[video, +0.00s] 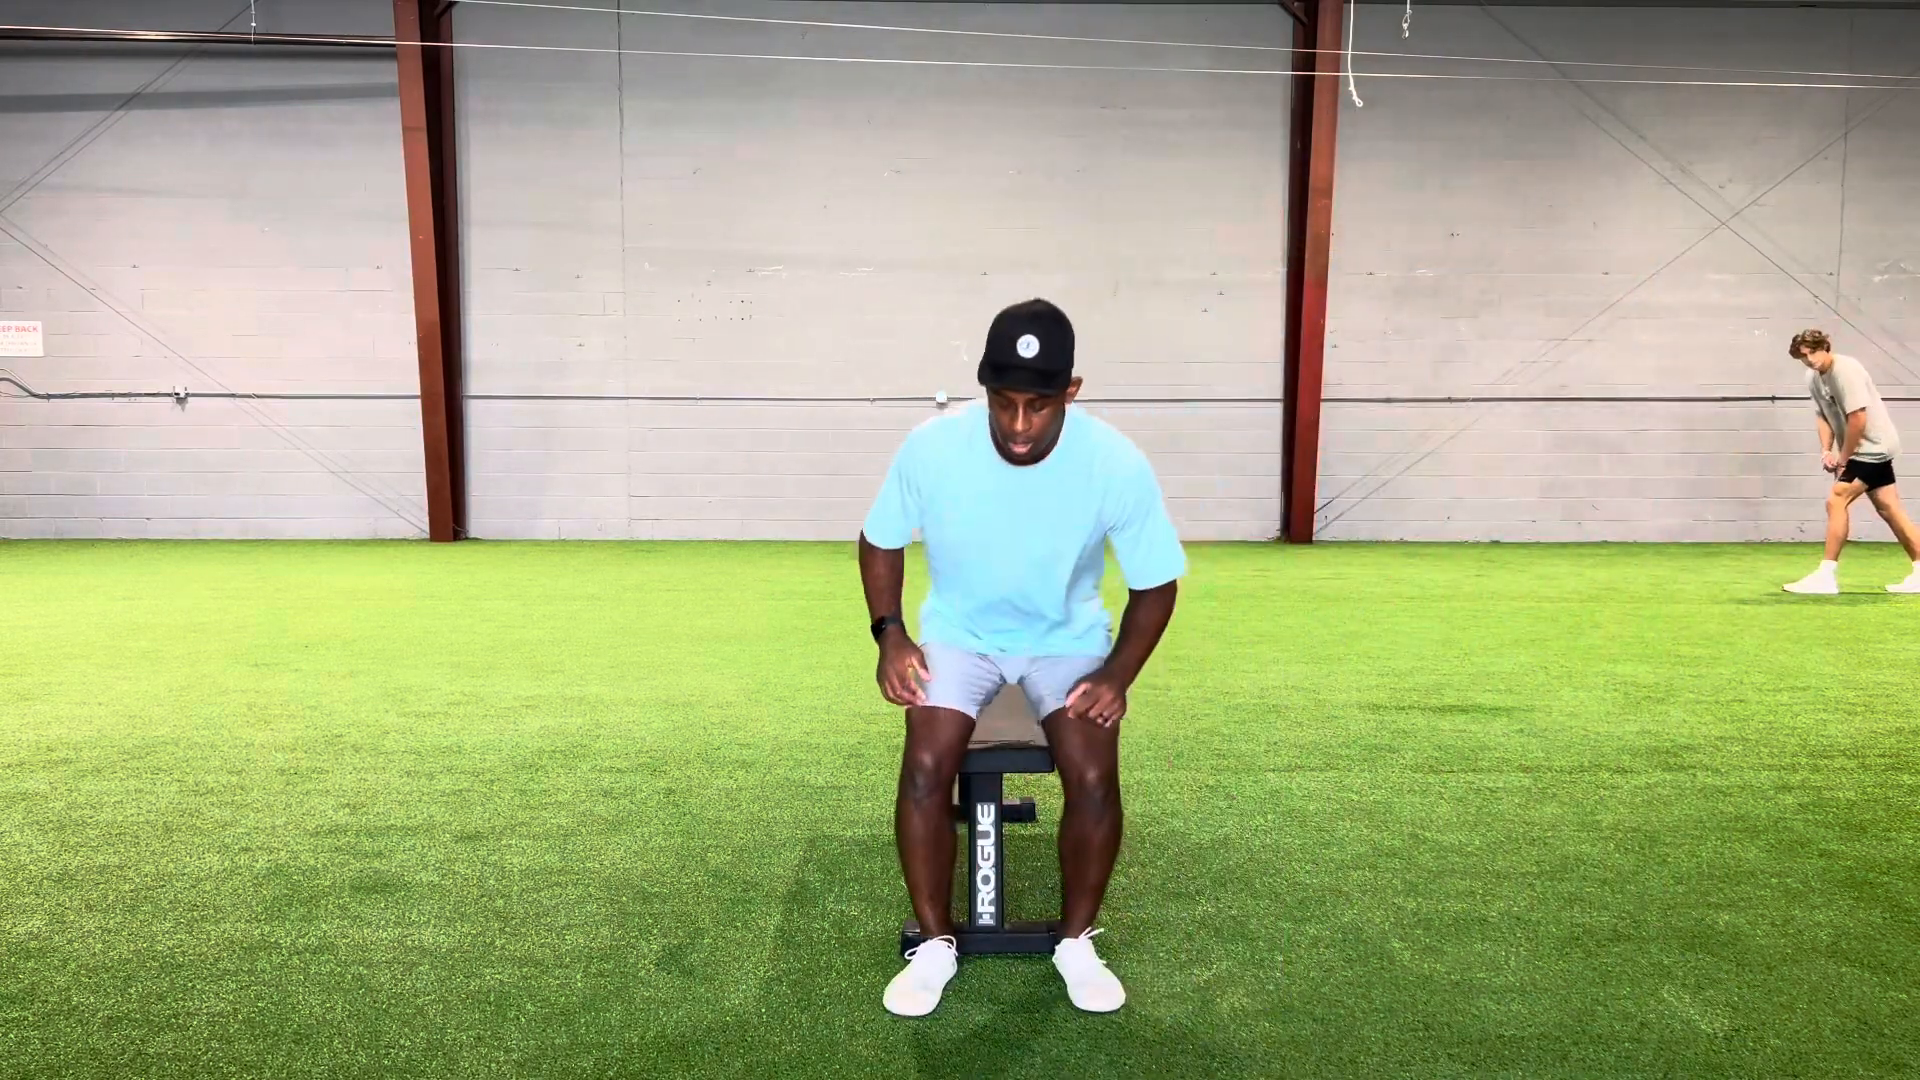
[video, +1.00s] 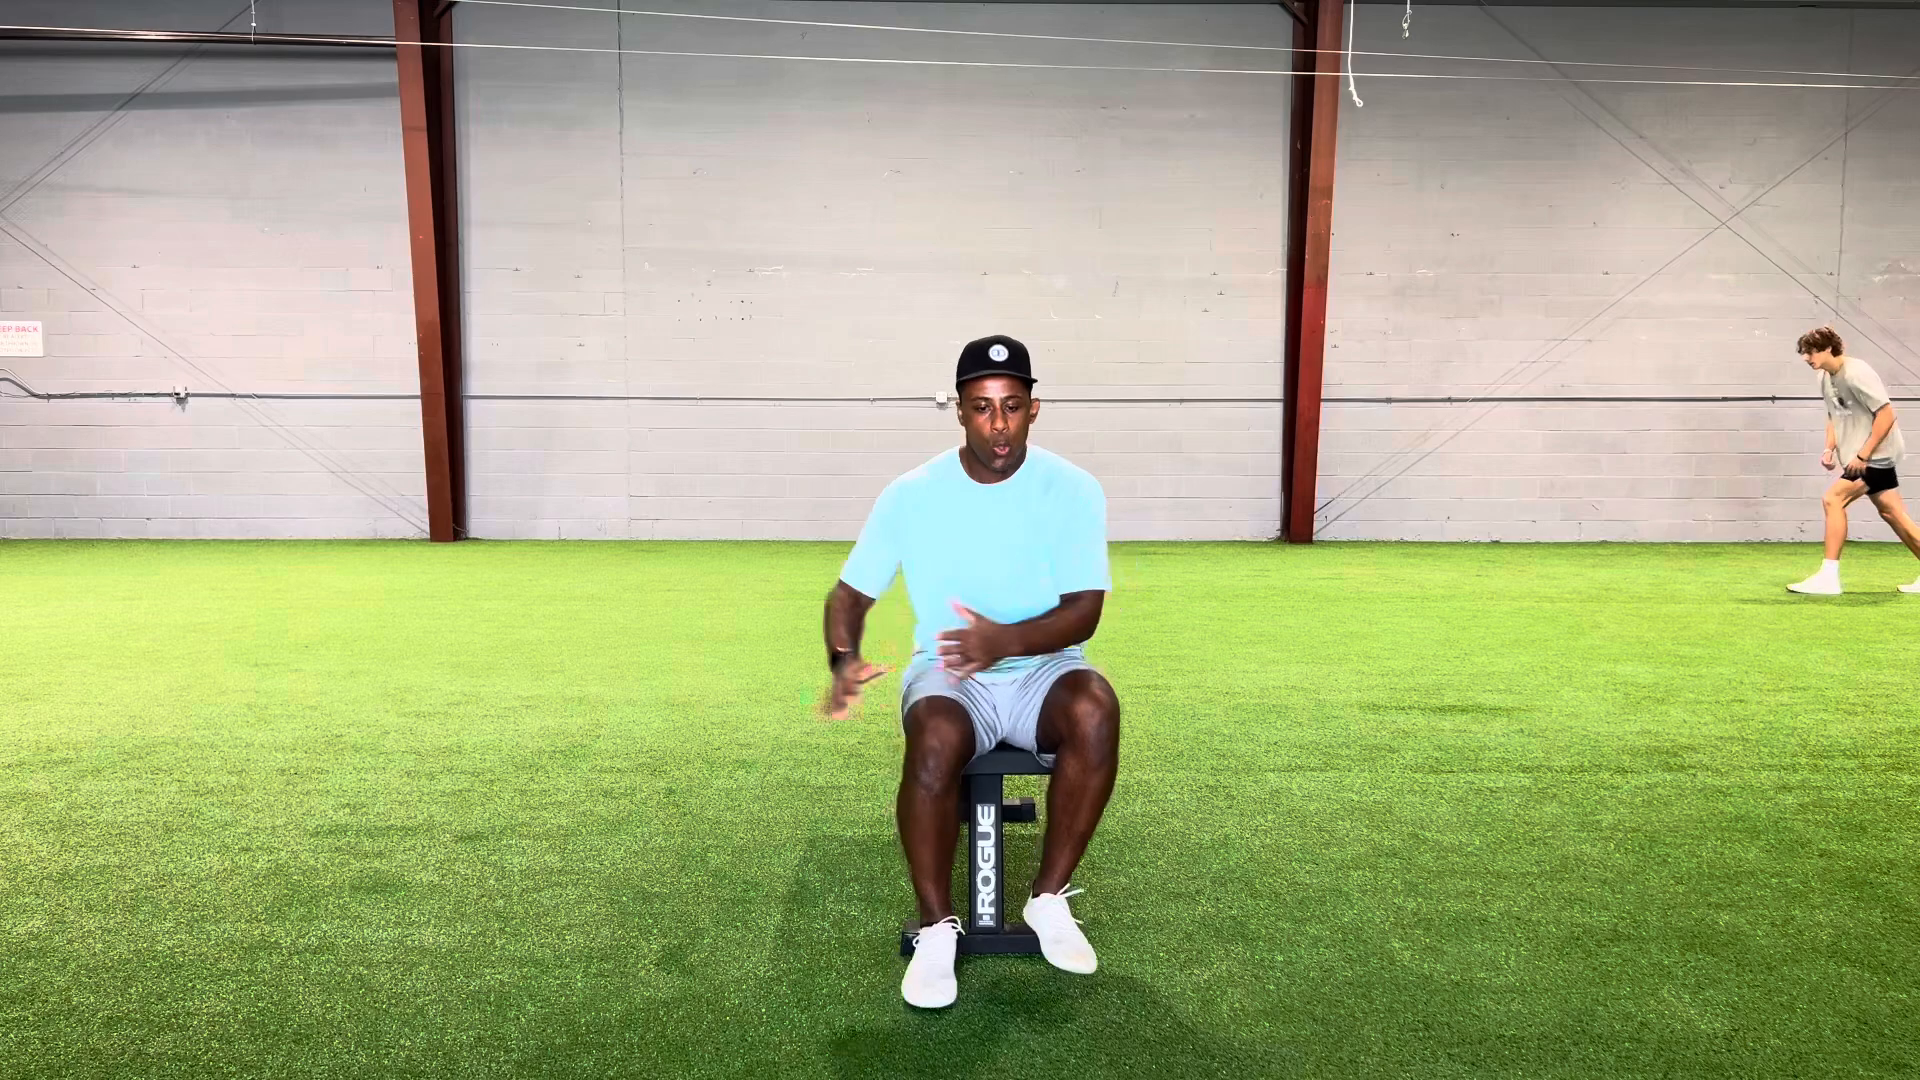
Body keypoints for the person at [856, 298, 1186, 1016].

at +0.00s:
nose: (1019, 424)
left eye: (1038, 406)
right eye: (1004, 403)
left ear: (1070, 392)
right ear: (985, 384)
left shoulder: (1113, 463)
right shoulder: (931, 449)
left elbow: (1159, 581)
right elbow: (880, 540)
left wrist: (1117, 676)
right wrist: (891, 633)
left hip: (1068, 637)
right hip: (957, 632)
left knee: (1092, 776)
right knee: (925, 765)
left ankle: (1077, 939)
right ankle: (935, 941)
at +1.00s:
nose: (998, 426)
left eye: (1012, 408)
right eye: (982, 409)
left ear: (1033, 410)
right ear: (959, 412)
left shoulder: (1074, 492)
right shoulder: (909, 497)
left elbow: (1084, 614)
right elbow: (848, 596)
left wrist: (1009, 639)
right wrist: (844, 656)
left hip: (1042, 673)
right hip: (946, 675)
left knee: (1095, 707)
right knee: (935, 741)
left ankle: (1050, 896)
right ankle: (935, 926)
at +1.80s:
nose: (1273, 206)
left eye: (1284, 191)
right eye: (1251, 193)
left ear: (1299, 203)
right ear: (1208, 211)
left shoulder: (1339, 272)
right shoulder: (1172, 271)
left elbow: (1456, 271)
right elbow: (1142, 323)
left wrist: (1520, 234)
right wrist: (1285, 269)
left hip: (1283, 547)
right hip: (1163, 556)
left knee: (1432, 657)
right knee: (1071, 727)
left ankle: (1340, 807)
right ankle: (980, 915)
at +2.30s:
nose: (1706, 295)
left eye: (1711, 278)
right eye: (1684, 278)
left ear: (1716, 285)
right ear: (1628, 294)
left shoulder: (1694, 378)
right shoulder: (1572, 390)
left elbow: (1626, 494)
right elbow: (1560, 537)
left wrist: (1654, 565)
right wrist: (1679, 558)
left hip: (1603, 587)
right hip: (1503, 584)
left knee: (1676, 759)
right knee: (1564, 771)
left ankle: (1639, 923)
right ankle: (1488, 816)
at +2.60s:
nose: (1742, 286)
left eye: (1750, 268)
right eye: (1720, 268)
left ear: (1756, 275)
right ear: (1666, 280)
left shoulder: (1741, 365)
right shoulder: (1597, 376)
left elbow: (1730, 419)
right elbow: (1563, 520)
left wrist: (1761, 433)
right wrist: (1687, 569)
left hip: (1632, 574)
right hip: (1533, 566)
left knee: (1687, 751)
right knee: (1569, 751)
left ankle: (1641, 922)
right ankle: (1489, 800)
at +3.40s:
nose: (1283, 230)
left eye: (1300, 212)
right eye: (1276, 213)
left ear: (1354, 209)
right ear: (1271, 216)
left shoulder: (1425, 309)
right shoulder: (1249, 318)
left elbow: (1471, 448)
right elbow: (1211, 431)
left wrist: (1476, 579)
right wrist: (1160, 534)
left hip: (1400, 574)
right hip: (1279, 571)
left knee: (1466, 752)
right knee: (1233, 733)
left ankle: (1515, 899)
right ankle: (1237, 927)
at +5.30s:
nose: (1025, 413)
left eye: (1039, 397)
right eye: (1010, 397)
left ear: (1059, 405)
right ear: (988, 404)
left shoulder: (1095, 492)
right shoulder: (932, 487)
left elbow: (1118, 616)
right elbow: (895, 600)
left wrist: (1069, 610)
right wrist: (963, 626)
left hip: (1054, 674)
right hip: (960, 669)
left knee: (1088, 737)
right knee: (921, 712)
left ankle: (1069, 921)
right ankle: (963, 886)